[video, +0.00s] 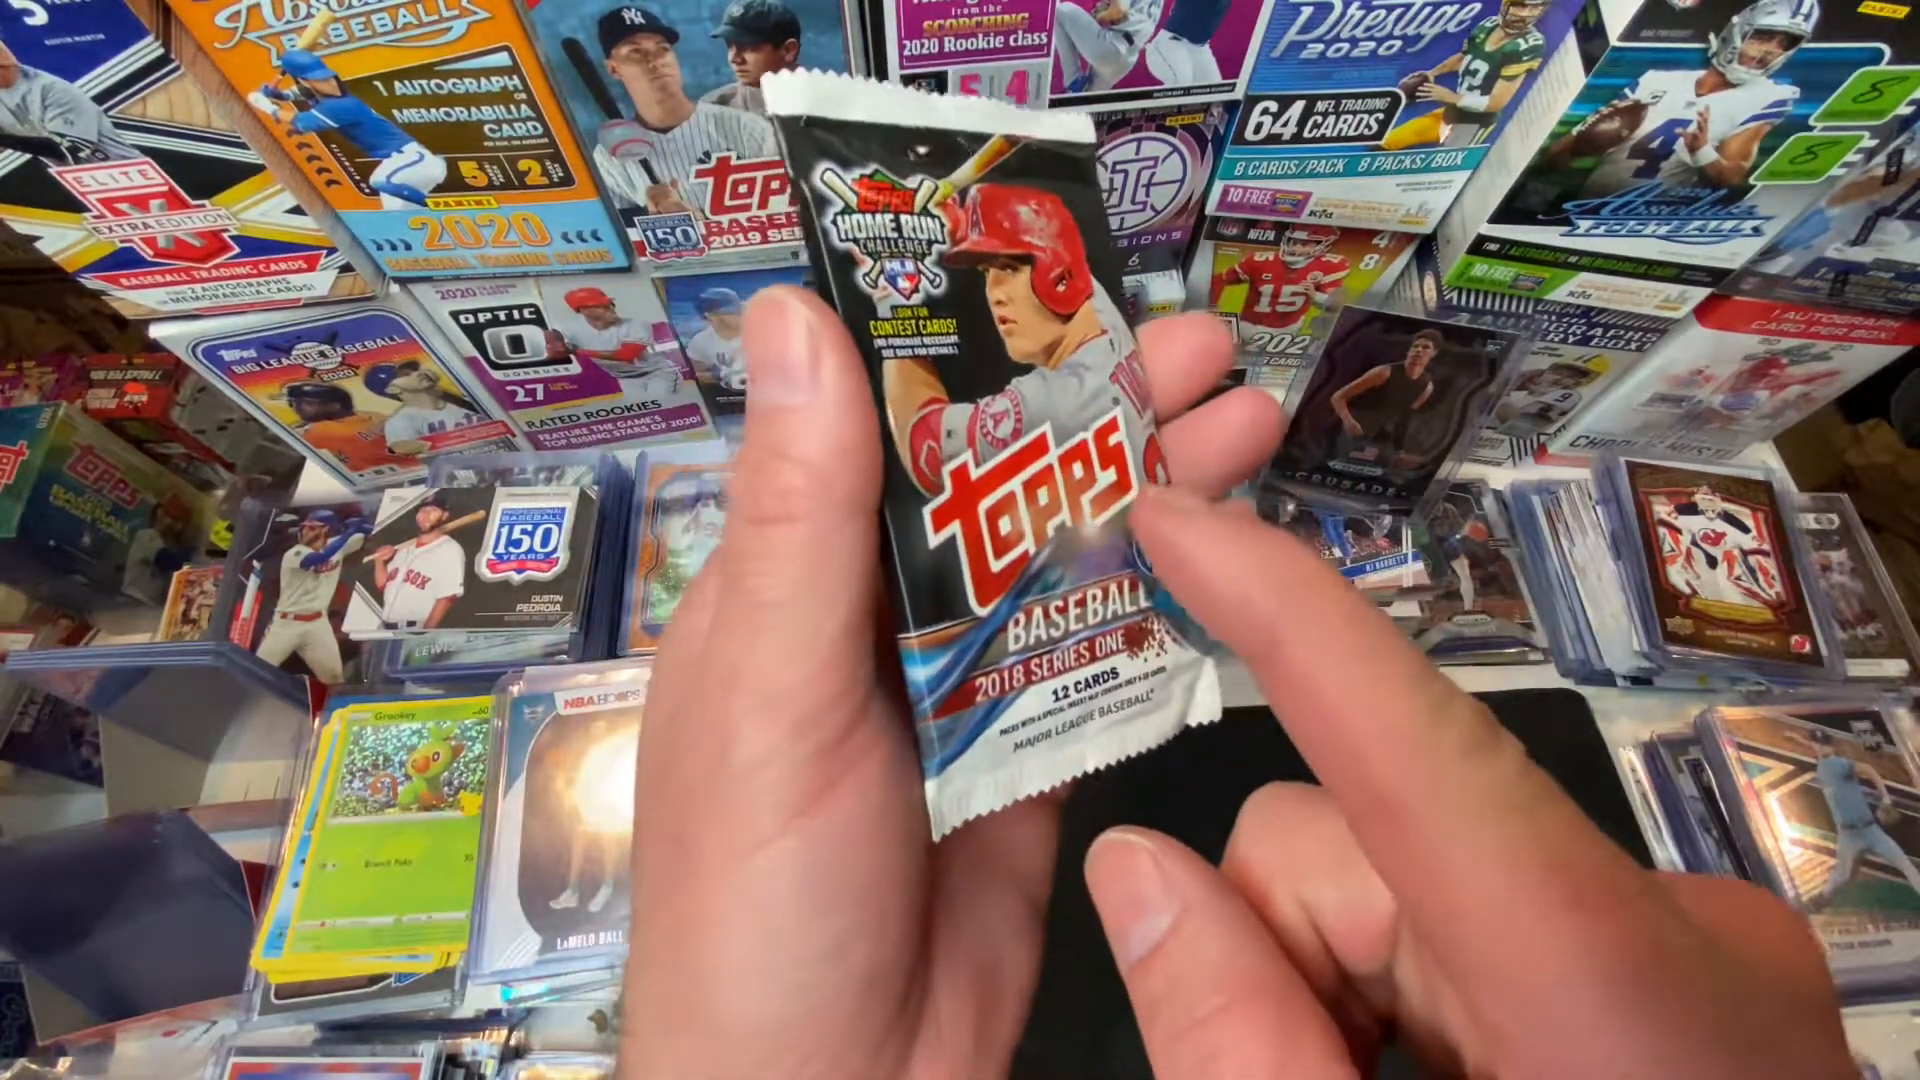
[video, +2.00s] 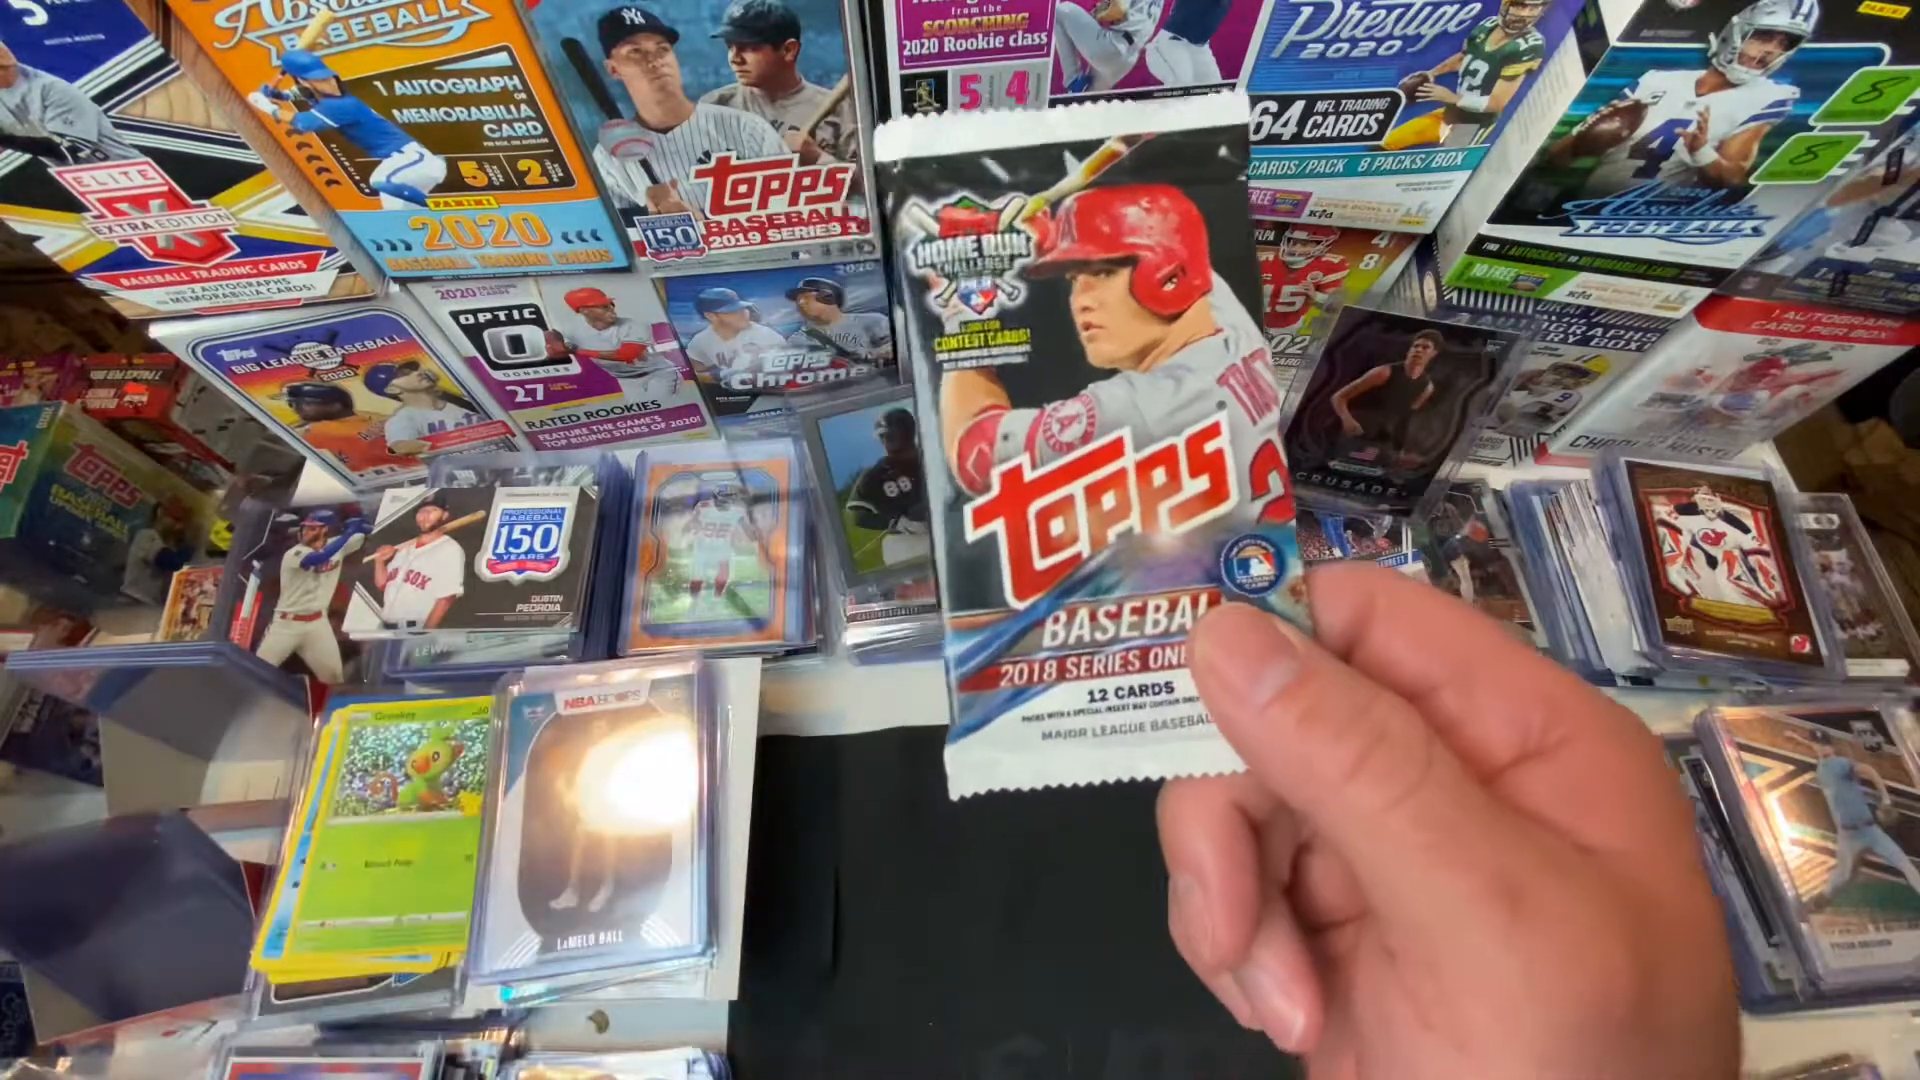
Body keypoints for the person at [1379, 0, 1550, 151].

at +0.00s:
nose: (1520, 13)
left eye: (1530, 7)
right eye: (1515, 4)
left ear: (1541, 11)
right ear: (1503, 5)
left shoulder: (1526, 47)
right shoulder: (1487, 26)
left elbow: (1496, 102)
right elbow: (1463, 58)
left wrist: (1450, 97)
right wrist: (1432, 73)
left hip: (1477, 123)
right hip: (1451, 111)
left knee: (1442, 175)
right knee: (1388, 141)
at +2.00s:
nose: (1520, 14)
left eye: (1530, 8)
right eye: (1516, 5)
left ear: (1542, 11)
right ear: (1504, 5)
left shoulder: (1527, 47)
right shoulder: (1487, 26)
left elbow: (1496, 103)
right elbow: (1463, 57)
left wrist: (1451, 98)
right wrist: (1431, 74)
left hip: (1478, 122)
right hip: (1453, 110)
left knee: (1442, 173)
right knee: (1388, 141)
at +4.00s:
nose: (1520, 13)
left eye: (1529, 7)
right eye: (1515, 5)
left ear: (1541, 11)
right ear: (1503, 4)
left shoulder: (1527, 47)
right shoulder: (1487, 26)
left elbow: (1496, 103)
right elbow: (1464, 57)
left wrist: (1450, 97)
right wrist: (1431, 73)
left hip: (1478, 123)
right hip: (1452, 111)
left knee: (1442, 172)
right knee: (1389, 141)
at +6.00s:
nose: (1522, 13)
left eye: (1531, 7)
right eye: (1517, 5)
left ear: (1543, 10)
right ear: (1504, 4)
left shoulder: (1527, 47)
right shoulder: (1486, 27)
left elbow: (1495, 104)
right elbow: (1462, 58)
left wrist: (1450, 97)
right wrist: (1431, 74)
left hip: (1478, 123)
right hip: (1451, 111)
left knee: (1443, 172)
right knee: (1390, 141)